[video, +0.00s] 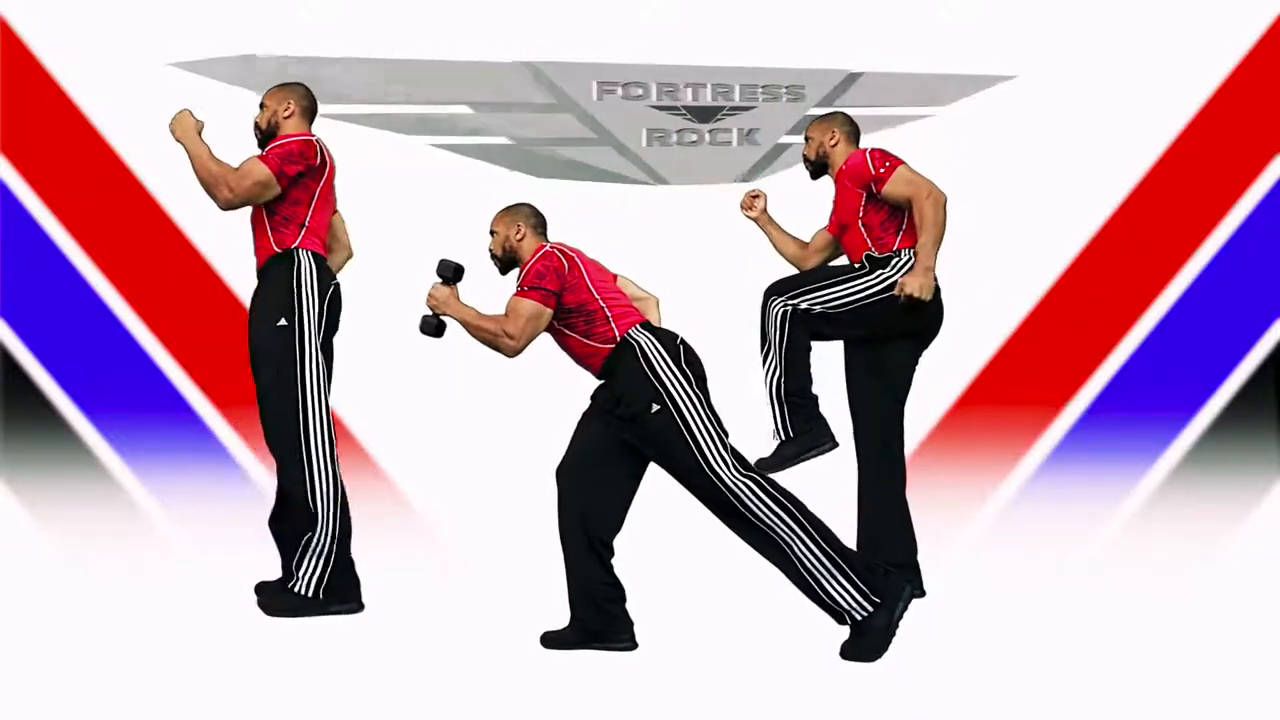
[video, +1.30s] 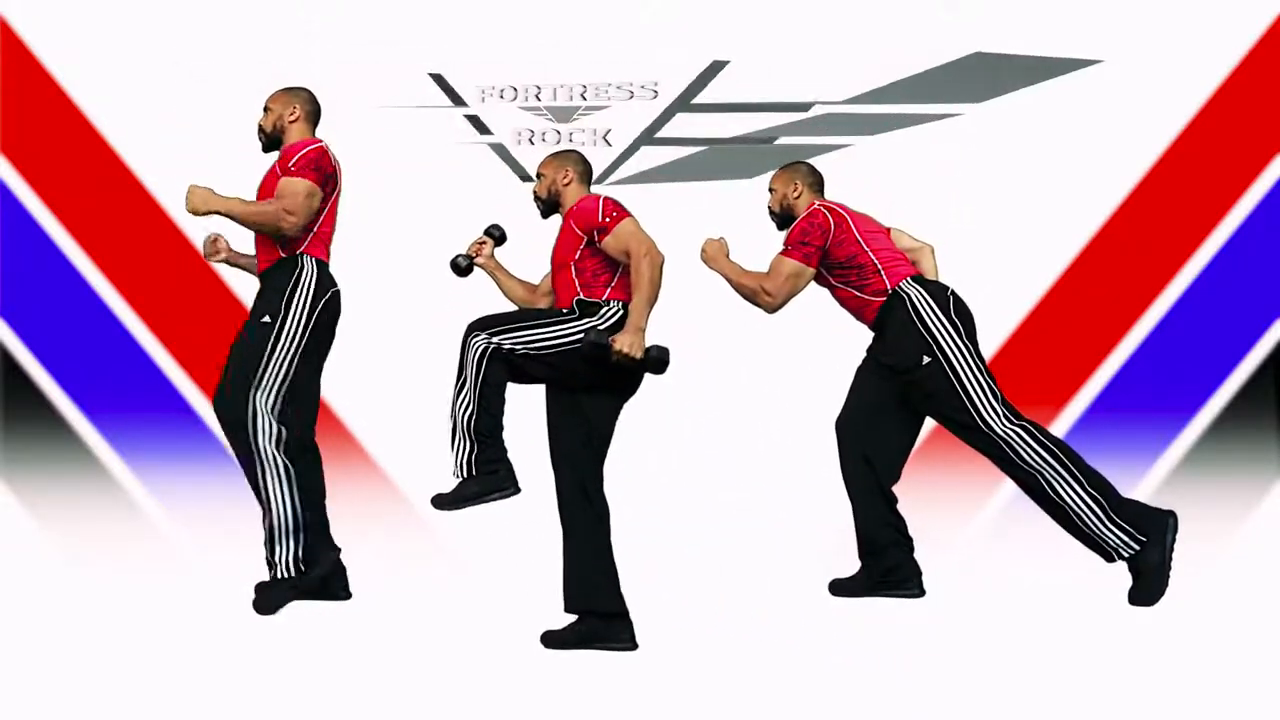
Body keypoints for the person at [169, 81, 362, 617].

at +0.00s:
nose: (256, 116)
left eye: (262, 107)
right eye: (258, 109)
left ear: (285, 108)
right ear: (297, 112)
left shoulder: (300, 147)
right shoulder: (303, 161)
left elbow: (229, 191)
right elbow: (339, 247)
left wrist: (192, 139)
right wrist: (298, 296)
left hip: (295, 285)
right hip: (292, 288)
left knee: (303, 431)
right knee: (291, 433)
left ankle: (323, 582)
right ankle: (309, 574)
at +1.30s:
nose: (260, 117)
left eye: (266, 108)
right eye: (262, 109)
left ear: (291, 111)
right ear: (294, 115)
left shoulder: (308, 150)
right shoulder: (283, 171)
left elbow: (293, 215)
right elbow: (282, 262)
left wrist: (219, 202)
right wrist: (233, 255)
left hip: (300, 287)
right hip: (283, 292)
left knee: (258, 409)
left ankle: (293, 564)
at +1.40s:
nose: (261, 121)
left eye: (267, 112)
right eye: (262, 113)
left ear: (292, 113)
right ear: (294, 117)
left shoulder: (309, 149)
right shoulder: (278, 178)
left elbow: (328, 211)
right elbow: (256, 258)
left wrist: (256, 232)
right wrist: (212, 216)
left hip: (302, 284)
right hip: (294, 291)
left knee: (207, 366)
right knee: (288, 429)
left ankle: (246, 503)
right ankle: (315, 570)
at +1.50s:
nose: (260, 120)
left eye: (267, 111)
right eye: (262, 113)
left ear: (293, 113)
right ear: (292, 118)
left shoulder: (309, 147)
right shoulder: (285, 180)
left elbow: (354, 205)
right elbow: (232, 234)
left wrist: (298, 245)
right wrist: (209, 181)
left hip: (295, 283)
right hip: (301, 297)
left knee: (185, 326)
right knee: (289, 437)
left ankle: (211, 454)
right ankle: (315, 571)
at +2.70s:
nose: (263, 125)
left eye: (269, 115)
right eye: (265, 117)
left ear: (294, 115)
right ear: (297, 119)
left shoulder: (316, 155)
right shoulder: (283, 176)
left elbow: (328, 221)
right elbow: (251, 257)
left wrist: (259, 245)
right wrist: (212, 217)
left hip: (299, 282)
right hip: (290, 293)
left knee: (191, 349)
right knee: (285, 436)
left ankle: (227, 482)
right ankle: (315, 572)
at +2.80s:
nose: (263, 124)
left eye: (268, 113)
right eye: (264, 115)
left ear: (292, 113)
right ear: (300, 117)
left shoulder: (314, 154)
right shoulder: (286, 176)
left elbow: (295, 224)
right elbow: (281, 266)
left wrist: (219, 217)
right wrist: (229, 251)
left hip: (298, 286)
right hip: (297, 293)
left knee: (216, 383)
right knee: (286, 430)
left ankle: (261, 529)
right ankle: (315, 569)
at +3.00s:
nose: (259, 118)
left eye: (265, 108)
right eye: (261, 111)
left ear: (291, 108)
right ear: (300, 114)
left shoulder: (303, 148)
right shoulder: (308, 160)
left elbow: (238, 196)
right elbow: (333, 250)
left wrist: (191, 151)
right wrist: (271, 276)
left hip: (294, 286)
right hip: (297, 288)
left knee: (286, 423)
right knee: (288, 425)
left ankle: (308, 579)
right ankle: (325, 571)